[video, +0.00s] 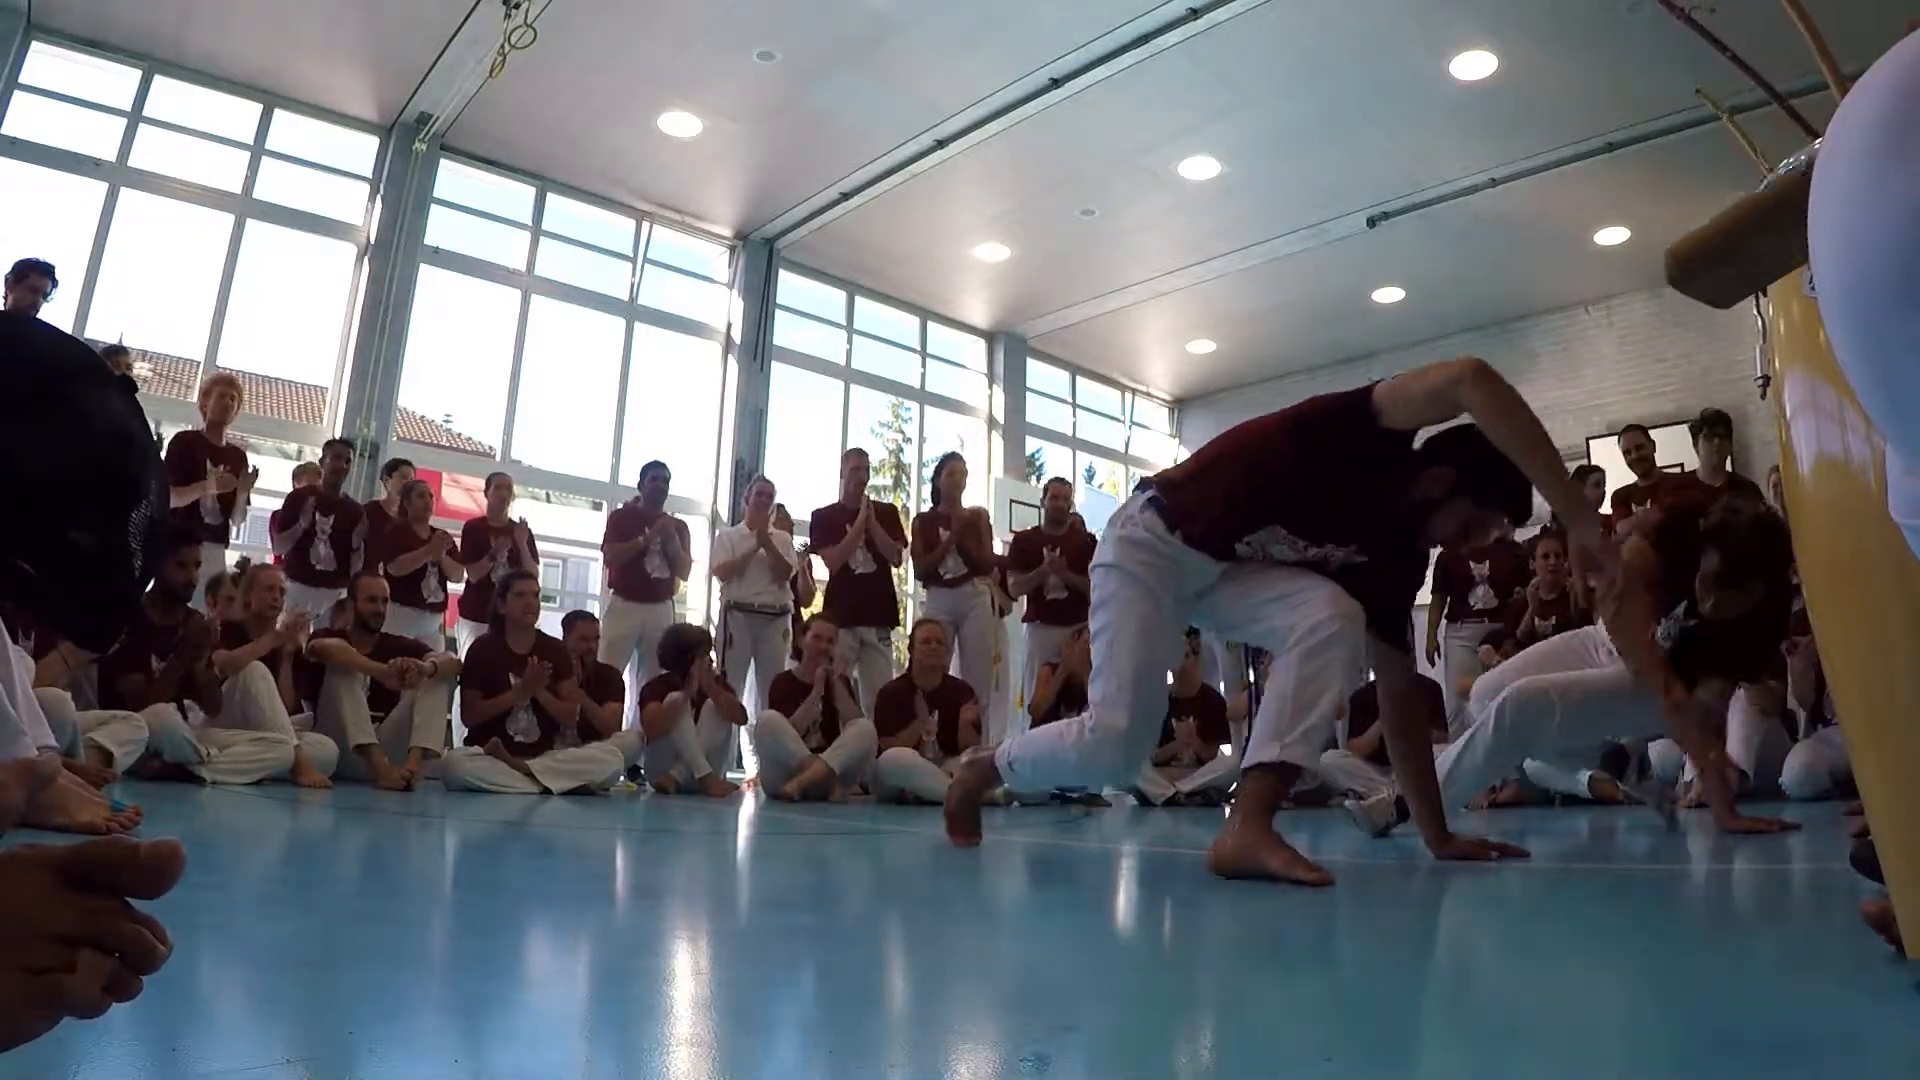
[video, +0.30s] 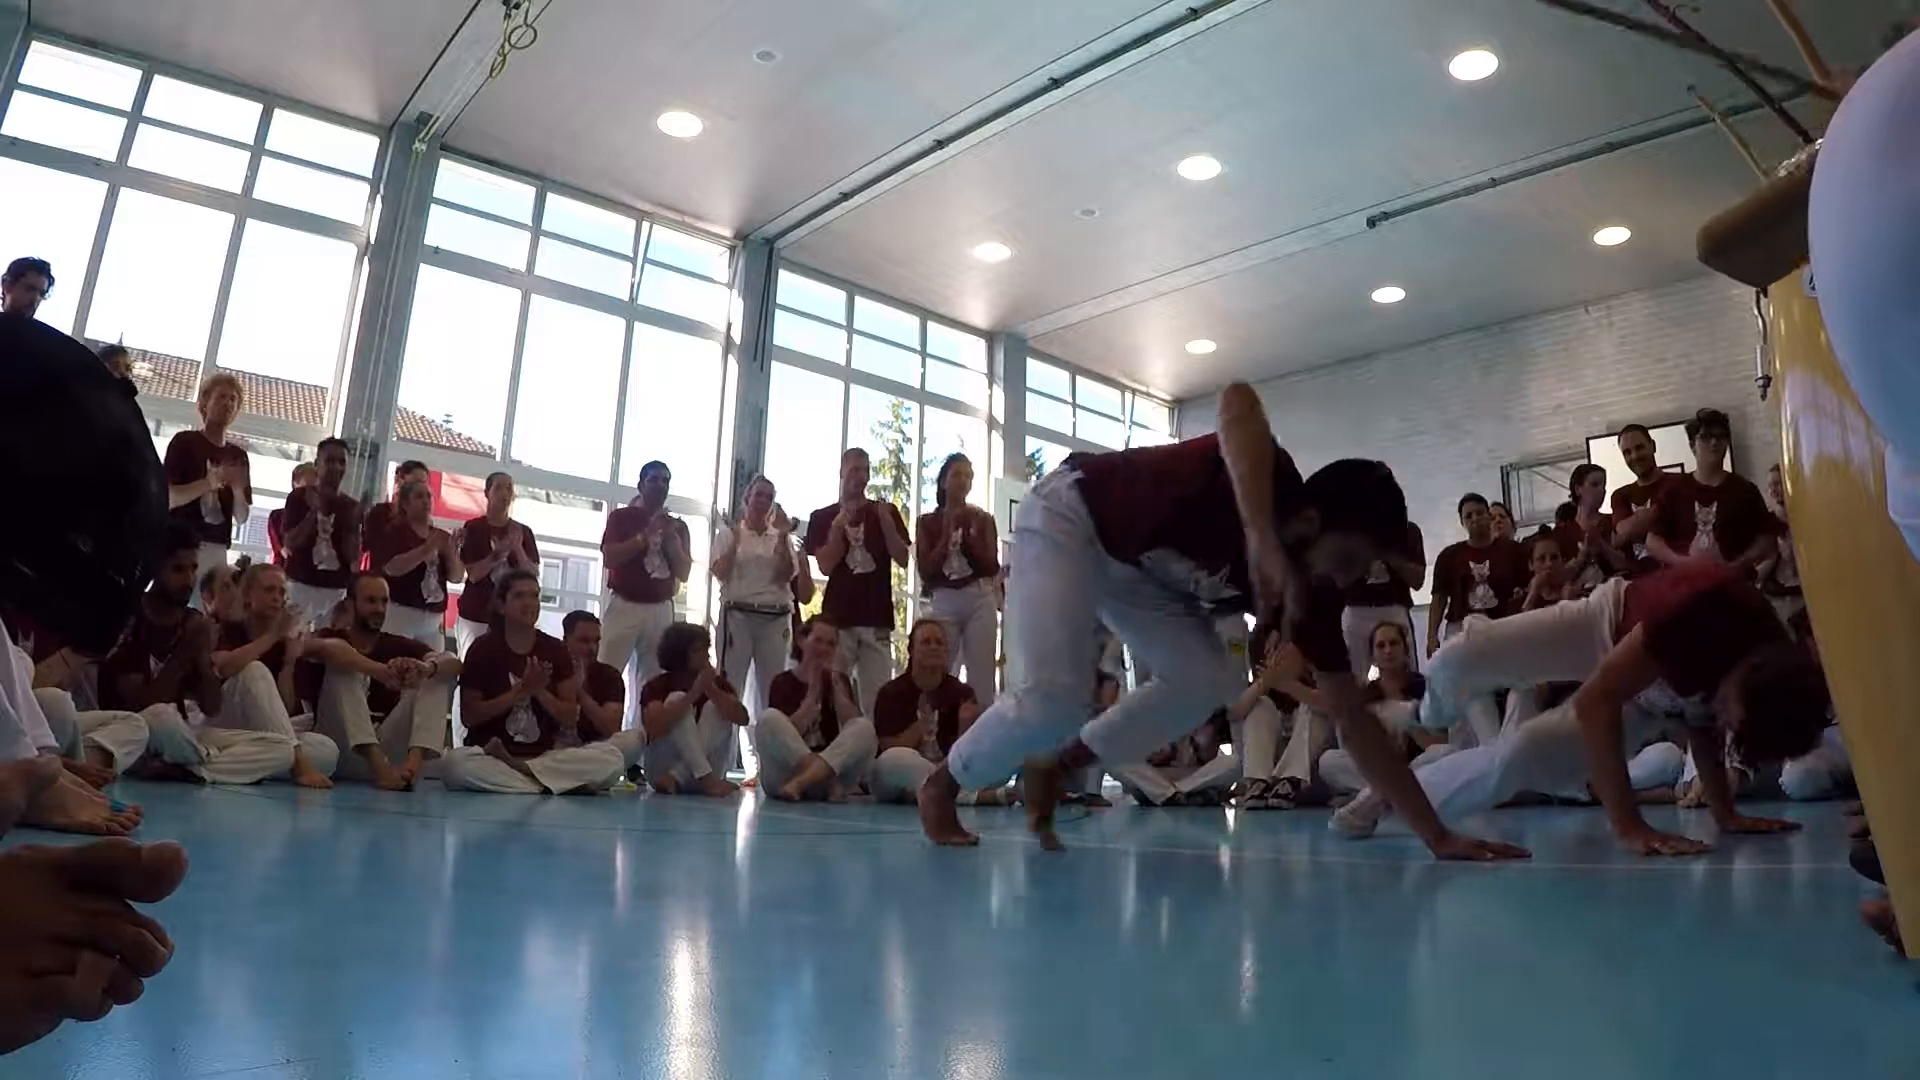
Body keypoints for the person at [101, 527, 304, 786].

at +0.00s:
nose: (192, 577)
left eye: (196, 566)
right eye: (181, 567)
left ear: (202, 566)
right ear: (156, 565)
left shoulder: (196, 624)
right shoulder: (127, 618)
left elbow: (213, 706)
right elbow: (139, 702)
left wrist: (200, 659)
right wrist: (186, 652)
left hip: (182, 732)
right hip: (130, 733)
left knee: (283, 750)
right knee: (161, 716)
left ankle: (184, 772)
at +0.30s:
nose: (189, 579)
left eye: (193, 569)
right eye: (178, 570)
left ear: (197, 570)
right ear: (155, 570)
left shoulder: (194, 623)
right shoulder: (128, 618)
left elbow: (212, 706)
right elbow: (138, 702)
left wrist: (202, 652)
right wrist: (188, 651)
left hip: (182, 731)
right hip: (131, 732)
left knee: (283, 752)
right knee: (161, 716)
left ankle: (186, 771)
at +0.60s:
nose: (186, 580)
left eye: (190, 570)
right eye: (175, 571)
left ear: (196, 571)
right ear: (152, 573)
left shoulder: (193, 623)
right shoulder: (132, 624)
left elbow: (210, 705)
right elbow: (135, 707)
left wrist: (202, 651)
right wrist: (182, 652)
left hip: (184, 733)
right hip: (136, 737)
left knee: (285, 752)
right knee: (160, 716)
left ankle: (189, 771)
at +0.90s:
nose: (187, 580)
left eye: (191, 570)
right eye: (175, 571)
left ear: (196, 569)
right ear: (153, 572)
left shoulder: (194, 622)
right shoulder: (129, 618)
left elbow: (210, 705)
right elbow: (133, 703)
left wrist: (202, 656)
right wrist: (181, 655)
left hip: (188, 729)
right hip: (134, 731)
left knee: (285, 753)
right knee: (161, 716)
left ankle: (182, 771)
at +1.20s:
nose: (188, 580)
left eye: (193, 569)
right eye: (175, 571)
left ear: (197, 568)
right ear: (153, 571)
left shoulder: (197, 623)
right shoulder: (131, 617)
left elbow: (209, 706)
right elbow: (139, 702)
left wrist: (197, 659)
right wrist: (184, 651)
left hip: (181, 730)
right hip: (132, 730)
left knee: (283, 751)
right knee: (161, 716)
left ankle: (186, 771)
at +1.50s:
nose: (187, 579)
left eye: (192, 567)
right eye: (174, 569)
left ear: (197, 567)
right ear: (153, 570)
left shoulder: (194, 621)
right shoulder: (128, 615)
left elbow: (205, 707)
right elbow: (139, 702)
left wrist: (201, 647)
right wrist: (183, 647)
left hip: (180, 734)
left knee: (283, 751)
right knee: (162, 716)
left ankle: (181, 771)